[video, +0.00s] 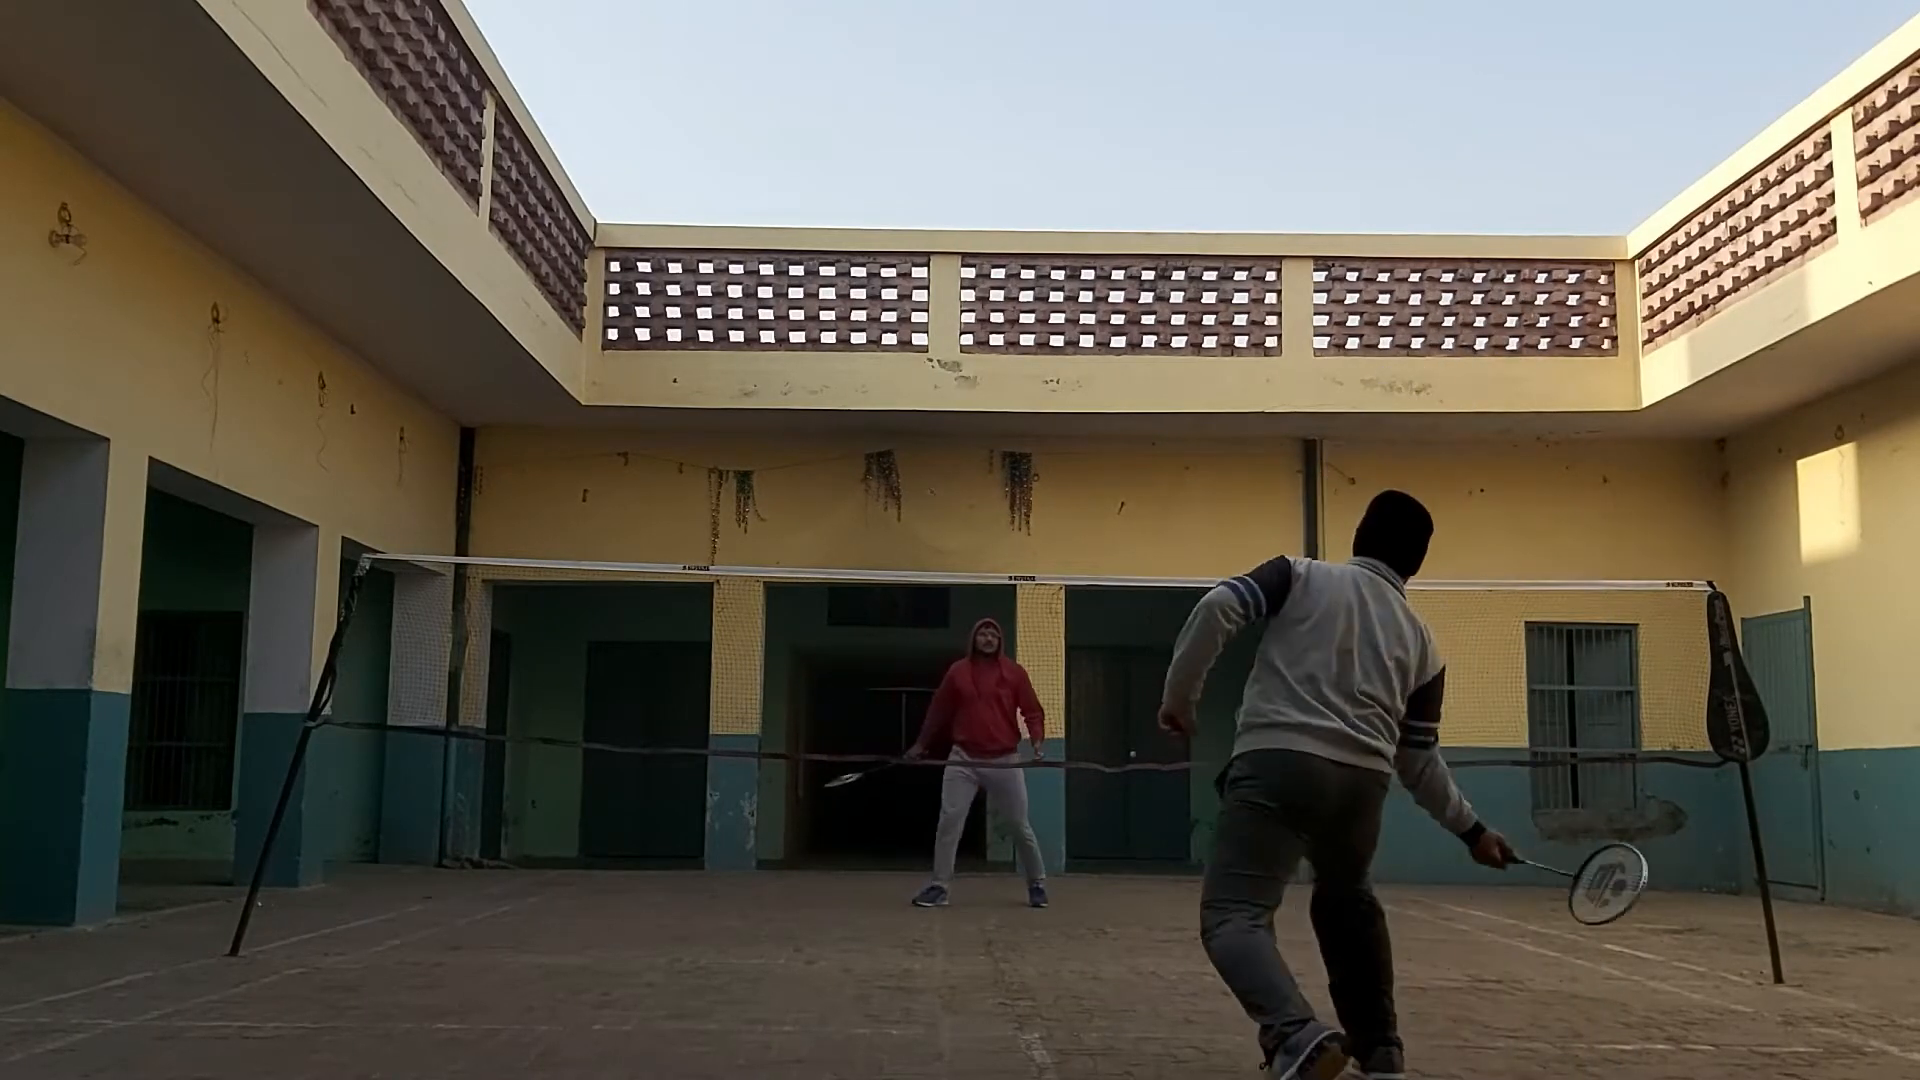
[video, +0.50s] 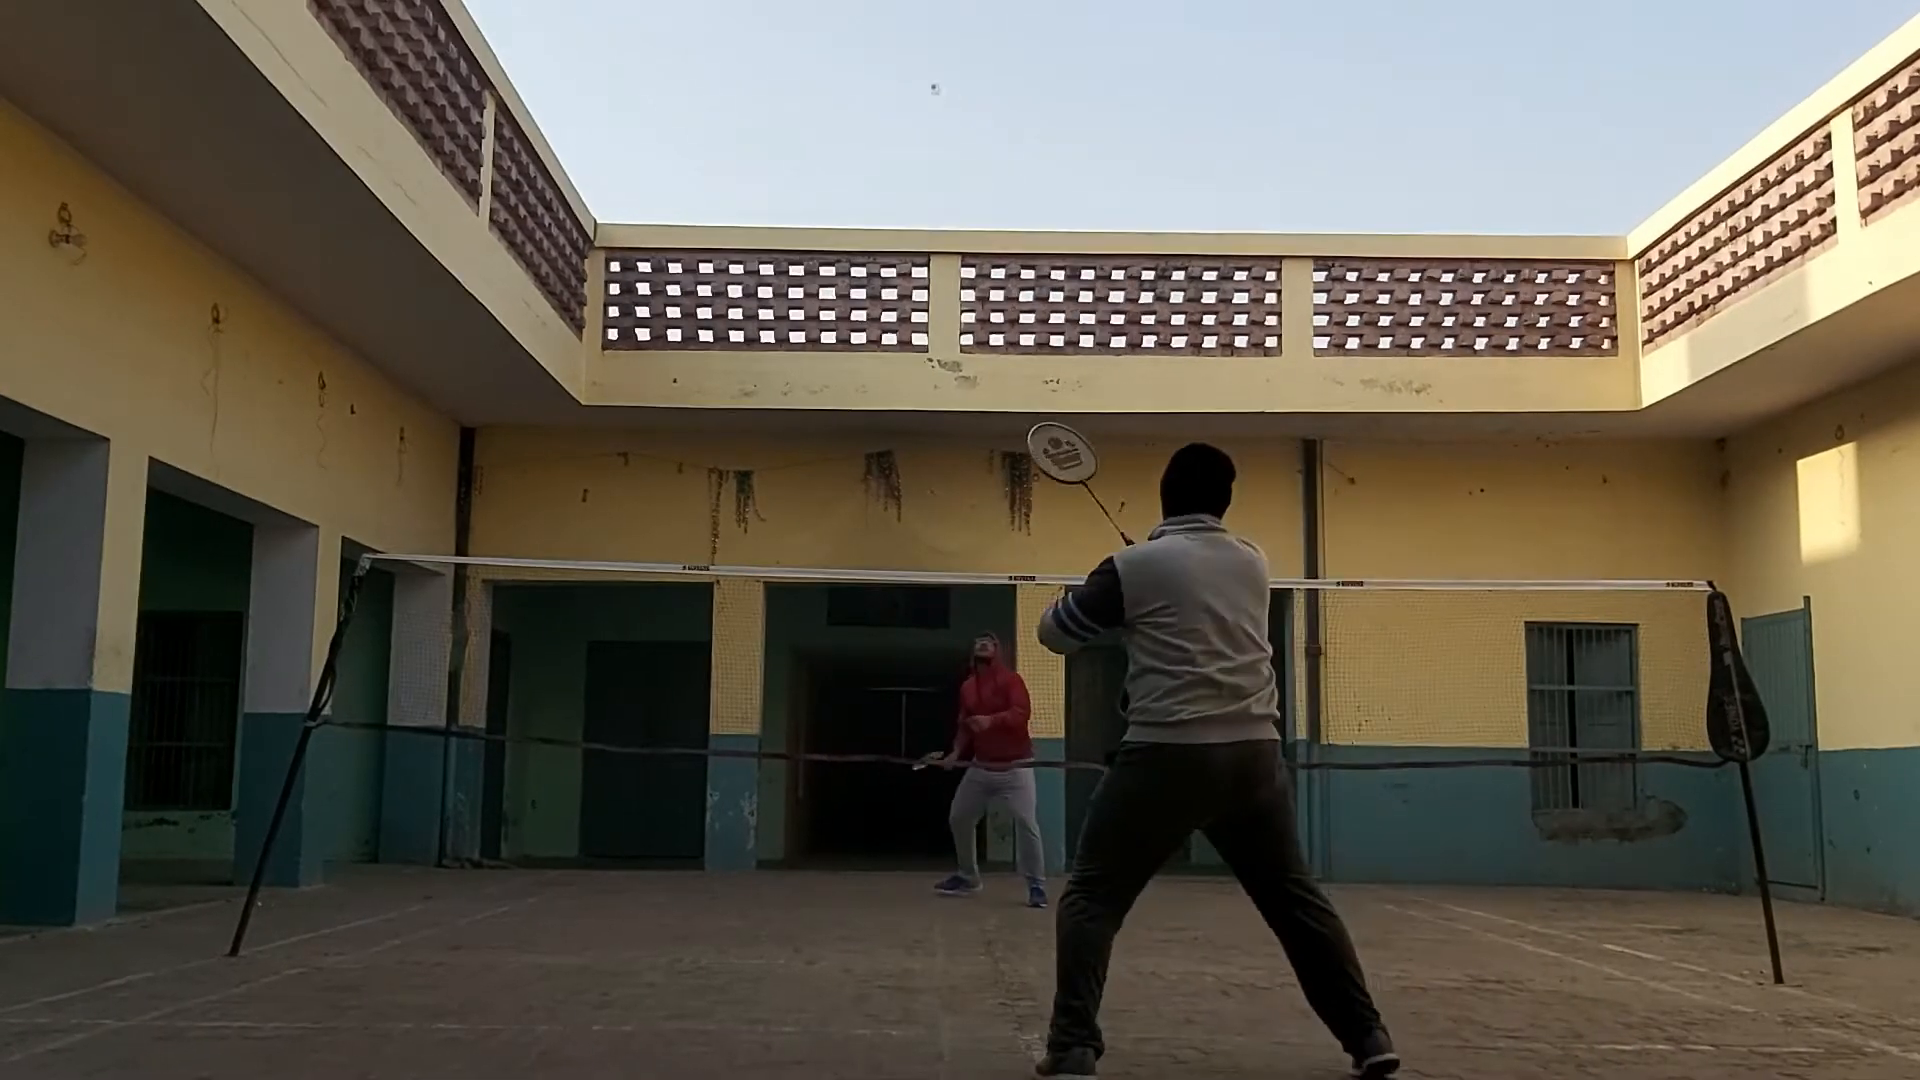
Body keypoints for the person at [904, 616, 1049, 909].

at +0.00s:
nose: (987, 638)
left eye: (992, 635)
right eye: (982, 634)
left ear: (1000, 641)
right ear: (973, 639)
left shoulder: (1014, 672)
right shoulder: (958, 670)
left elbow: (1033, 711)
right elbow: (938, 709)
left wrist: (1037, 741)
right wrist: (920, 744)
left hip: (1003, 760)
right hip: (963, 758)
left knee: (1018, 826)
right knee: (949, 821)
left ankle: (1036, 883)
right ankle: (939, 886)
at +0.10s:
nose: (997, 638)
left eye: (1001, 634)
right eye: (992, 634)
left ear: (1008, 640)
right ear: (983, 638)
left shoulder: (1022, 670)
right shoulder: (969, 669)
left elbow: (1043, 711)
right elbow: (952, 710)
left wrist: (1041, 745)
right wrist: (938, 745)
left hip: (1012, 757)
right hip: (972, 756)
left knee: (1022, 824)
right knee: (957, 819)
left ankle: (1035, 883)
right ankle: (944, 881)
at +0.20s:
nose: (1001, 637)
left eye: (1006, 633)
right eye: (996, 633)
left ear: (1013, 639)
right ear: (987, 638)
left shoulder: (1026, 670)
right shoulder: (972, 668)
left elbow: (1045, 711)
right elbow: (960, 710)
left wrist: (1039, 744)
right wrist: (951, 744)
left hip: (1016, 757)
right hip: (977, 754)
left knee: (1024, 823)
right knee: (962, 814)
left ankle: (1035, 885)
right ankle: (961, 880)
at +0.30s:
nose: (999, 633)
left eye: (1004, 630)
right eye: (994, 629)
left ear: (1011, 637)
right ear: (985, 636)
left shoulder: (1025, 669)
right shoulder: (974, 667)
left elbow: (1044, 707)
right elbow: (964, 709)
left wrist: (1032, 733)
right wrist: (956, 740)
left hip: (1017, 754)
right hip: (981, 753)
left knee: (1026, 819)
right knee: (966, 813)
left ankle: (1035, 882)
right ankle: (973, 872)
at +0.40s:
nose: (993, 637)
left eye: (998, 635)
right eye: (988, 635)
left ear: (1006, 643)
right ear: (980, 643)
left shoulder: (1019, 671)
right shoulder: (972, 674)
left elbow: (1037, 709)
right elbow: (965, 715)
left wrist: (1018, 730)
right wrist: (959, 745)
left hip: (1018, 761)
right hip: (982, 759)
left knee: (1026, 821)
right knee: (966, 815)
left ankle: (1036, 884)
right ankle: (973, 875)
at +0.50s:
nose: (983, 645)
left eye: (988, 643)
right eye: (979, 642)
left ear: (997, 651)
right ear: (973, 651)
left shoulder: (1011, 680)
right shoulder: (969, 686)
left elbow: (1021, 713)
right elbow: (964, 725)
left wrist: (990, 720)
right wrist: (954, 753)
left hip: (1016, 769)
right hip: (981, 768)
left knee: (1026, 822)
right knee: (959, 818)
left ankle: (1036, 884)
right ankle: (968, 877)